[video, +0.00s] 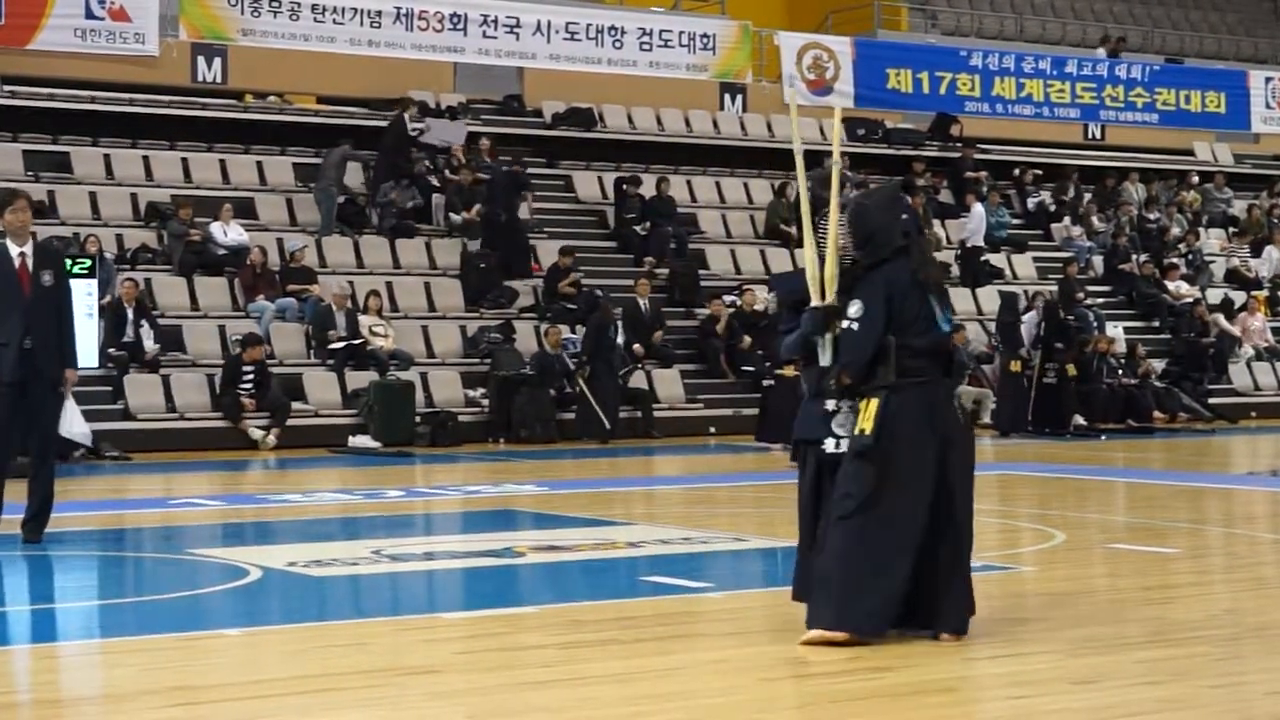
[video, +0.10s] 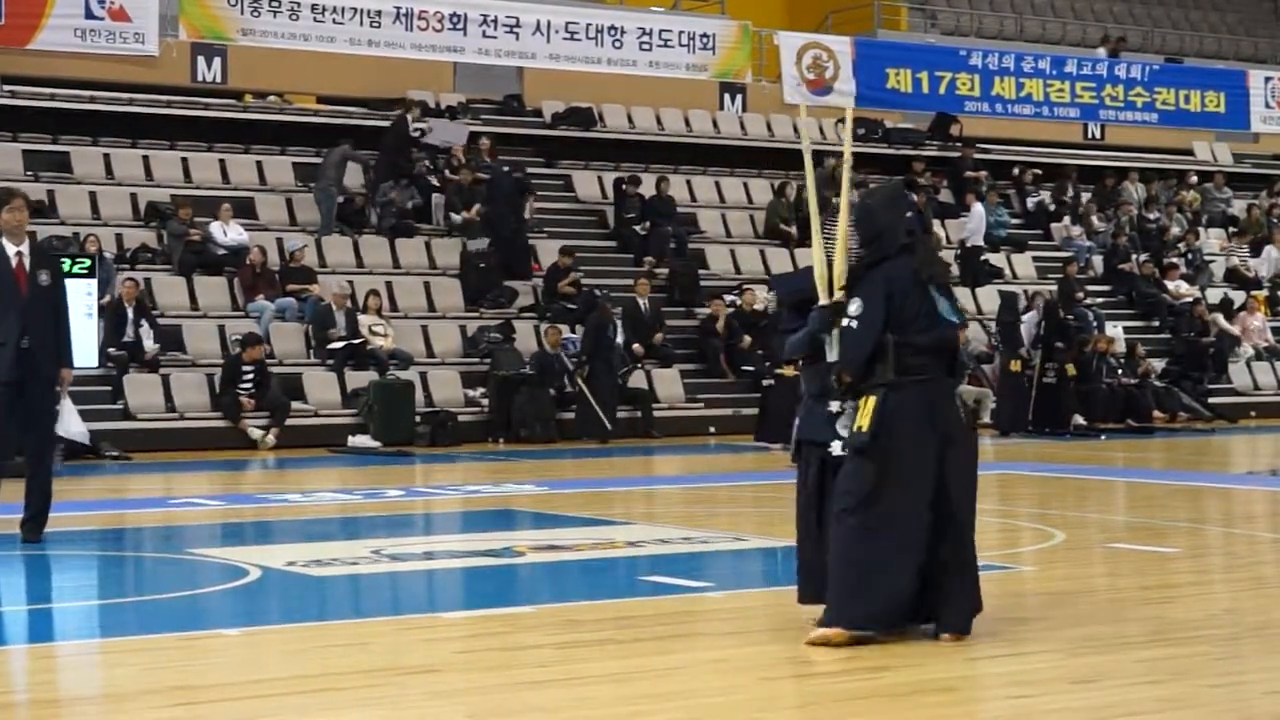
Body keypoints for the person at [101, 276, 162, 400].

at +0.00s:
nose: (126, 291)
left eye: (130, 288)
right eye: (124, 288)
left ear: (137, 292)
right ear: (120, 290)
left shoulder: (141, 306)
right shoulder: (112, 306)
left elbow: (154, 326)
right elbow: (109, 330)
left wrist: (154, 347)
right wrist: (111, 347)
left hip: (137, 345)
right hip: (118, 346)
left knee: (154, 362)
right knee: (122, 361)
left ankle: (152, 397)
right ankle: (120, 397)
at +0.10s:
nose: (127, 291)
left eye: (131, 288)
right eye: (125, 287)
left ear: (137, 291)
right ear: (121, 290)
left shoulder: (142, 306)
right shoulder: (113, 306)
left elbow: (154, 326)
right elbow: (108, 329)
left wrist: (155, 346)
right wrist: (111, 347)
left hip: (136, 344)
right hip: (117, 344)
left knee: (153, 361)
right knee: (122, 361)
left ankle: (149, 395)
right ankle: (119, 396)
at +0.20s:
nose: (127, 291)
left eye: (131, 288)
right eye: (125, 287)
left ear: (137, 291)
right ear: (121, 290)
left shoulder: (142, 306)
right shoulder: (113, 306)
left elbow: (155, 326)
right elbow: (108, 329)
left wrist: (155, 345)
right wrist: (111, 347)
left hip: (137, 344)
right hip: (118, 344)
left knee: (153, 361)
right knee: (122, 361)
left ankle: (151, 396)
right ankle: (119, 396)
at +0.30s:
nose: (127, 291)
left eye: (131, 288)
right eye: (125, 288)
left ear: (138, 292)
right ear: (121, 290)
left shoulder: (142, 306)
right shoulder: (113, 305)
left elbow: (155, 326)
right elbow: (108, 328)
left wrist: (156, 345)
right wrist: (109, 347)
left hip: (137, 345)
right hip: (118, 345)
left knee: (155, 362)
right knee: (121, 361)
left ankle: (151, 397)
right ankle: (118, 396)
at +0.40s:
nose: (127, 291)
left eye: (131, 288)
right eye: (125, 288)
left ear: (138, 292)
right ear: (121, 290)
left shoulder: (142, 306)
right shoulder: (113, 306)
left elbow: (155, 326)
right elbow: (108, 328)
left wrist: (156, 345)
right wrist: (109, 347)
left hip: (137, 345)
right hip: (118, 345)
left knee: (155, 362)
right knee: (121, 362)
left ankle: (151, 397)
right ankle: (118, 397)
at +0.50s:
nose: (128, 291)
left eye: (132, 288)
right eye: (126, 288)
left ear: (138, 292)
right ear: (122, 290)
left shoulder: (142, 306)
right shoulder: (115, 305)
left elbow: (156, 326)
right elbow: (109, 328)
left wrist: (157, 346)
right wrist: (110, 348)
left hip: (135, 345)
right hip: (117, 345)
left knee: (155, 362)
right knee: (121, 362)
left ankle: (149, 397)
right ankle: (118, 397)